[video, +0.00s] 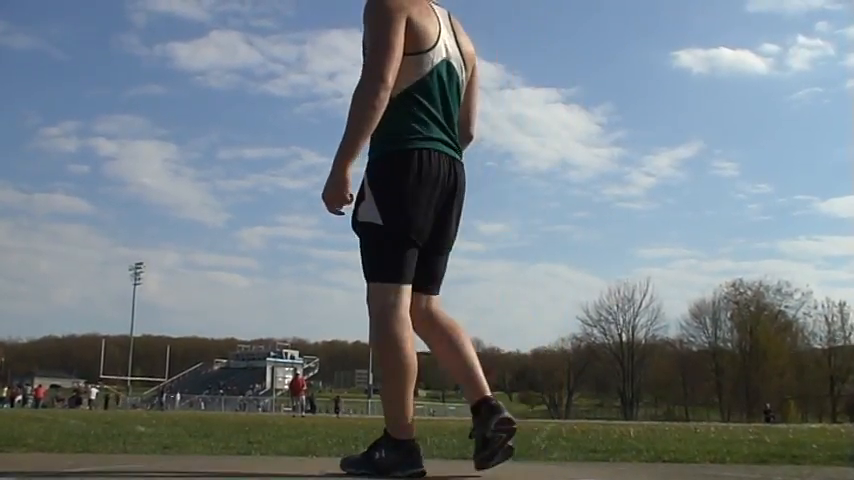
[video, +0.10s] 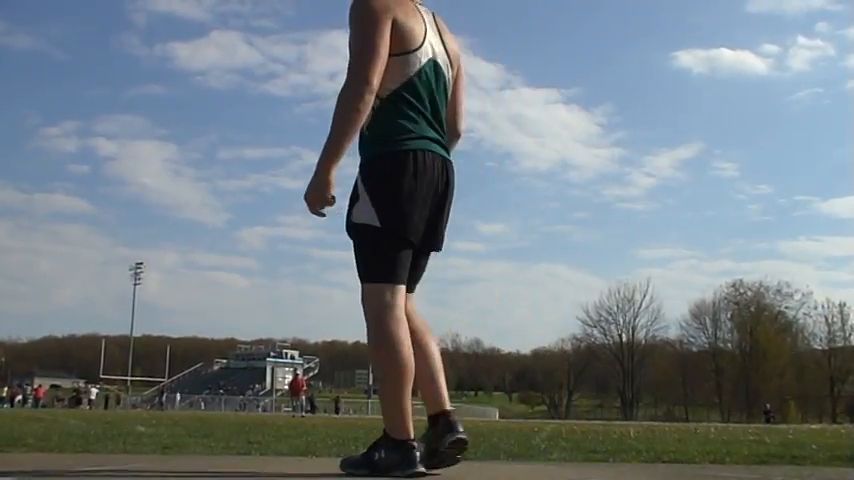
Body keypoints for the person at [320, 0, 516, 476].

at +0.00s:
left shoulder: (391, 6)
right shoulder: (464, 39)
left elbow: (377, 86)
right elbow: (467, 130)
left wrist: (341, 167)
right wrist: (424, 162)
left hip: (401, 167)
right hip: (449, 172)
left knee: (388, 307)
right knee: (425, 306)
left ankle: (399, 443)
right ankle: (488, 412)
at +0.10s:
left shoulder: (376, 6)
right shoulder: (446, 34)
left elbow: (362, 88)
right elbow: (453, 126)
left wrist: (325, 168)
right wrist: (413, 163)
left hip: (393, 165)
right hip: (437, 169)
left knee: (383, 306)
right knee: (400, 303)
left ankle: (398, 443)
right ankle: (443, 425)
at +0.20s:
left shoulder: (363, 7)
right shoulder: (431, 35)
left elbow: (351, 90)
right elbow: (440, 127)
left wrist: (314, 169)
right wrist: (410, 171)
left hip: (386, 166)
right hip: (424, 169)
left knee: (376, 301)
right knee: (379, 301)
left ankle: (398, 443)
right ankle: (392, 438)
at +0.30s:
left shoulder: (349, 11)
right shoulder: (417, 39)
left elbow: (339, 99)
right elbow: (428, 129)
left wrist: (304, 174)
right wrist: (411, 184)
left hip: (375, 170)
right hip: (412, 173)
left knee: (374, 301)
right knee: (353, 299)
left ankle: (399, 444)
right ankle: (337, 434)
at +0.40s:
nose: (316, 6)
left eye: (318, 5)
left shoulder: (335, 15)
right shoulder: (400, 41)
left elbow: (329, 100)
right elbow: (413, 131)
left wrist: (295, 180)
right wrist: (402, 190)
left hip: (362, 175)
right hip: (396, 176)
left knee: (368, 310)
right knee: (339, 306)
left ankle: (398, 444)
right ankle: (302, 432)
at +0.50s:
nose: (301, 5)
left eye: (303, 4)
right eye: (303, 4)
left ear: (313, 0)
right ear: (349, 1)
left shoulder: (322, 20)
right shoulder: (386, 46)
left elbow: (316, 104)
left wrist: (282, 186)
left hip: (347, 178)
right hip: (381, 182)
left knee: (357, 309)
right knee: (323, 308)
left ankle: (398, 441)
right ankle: (288, 436)